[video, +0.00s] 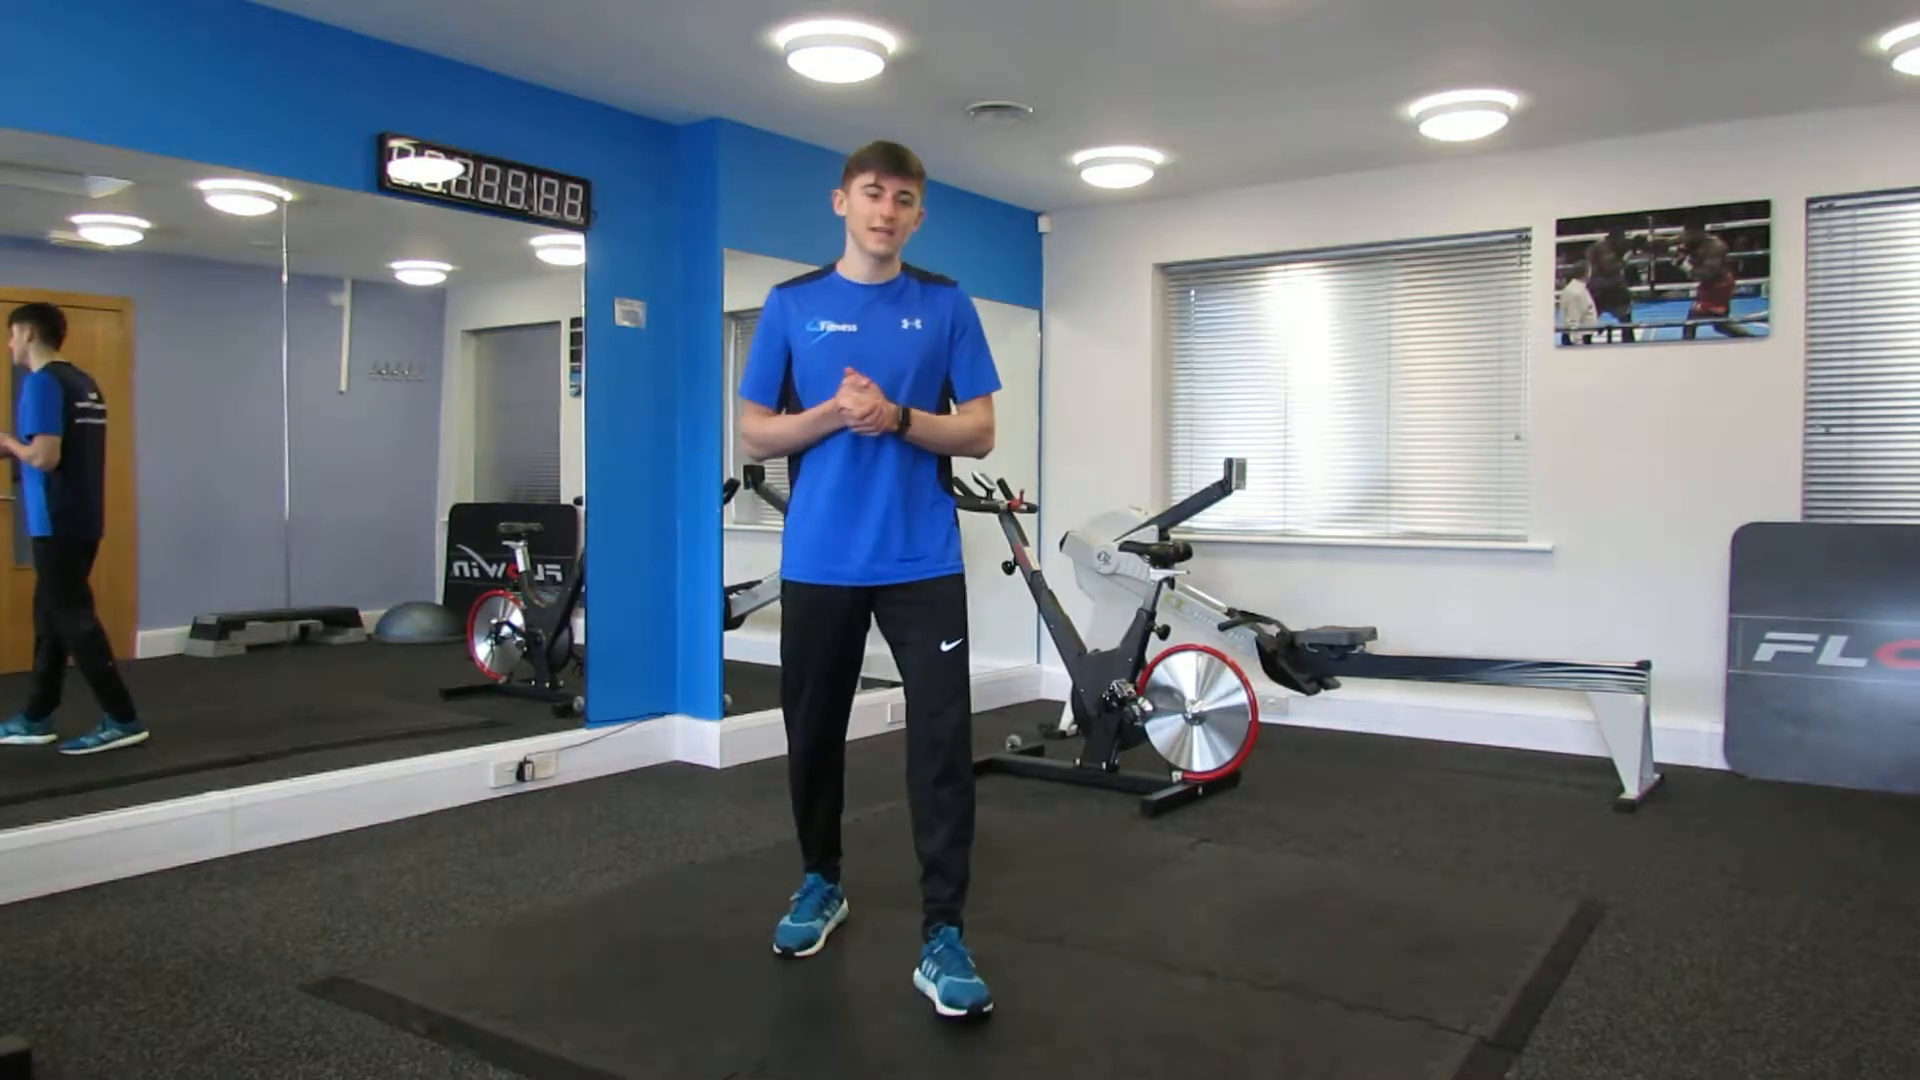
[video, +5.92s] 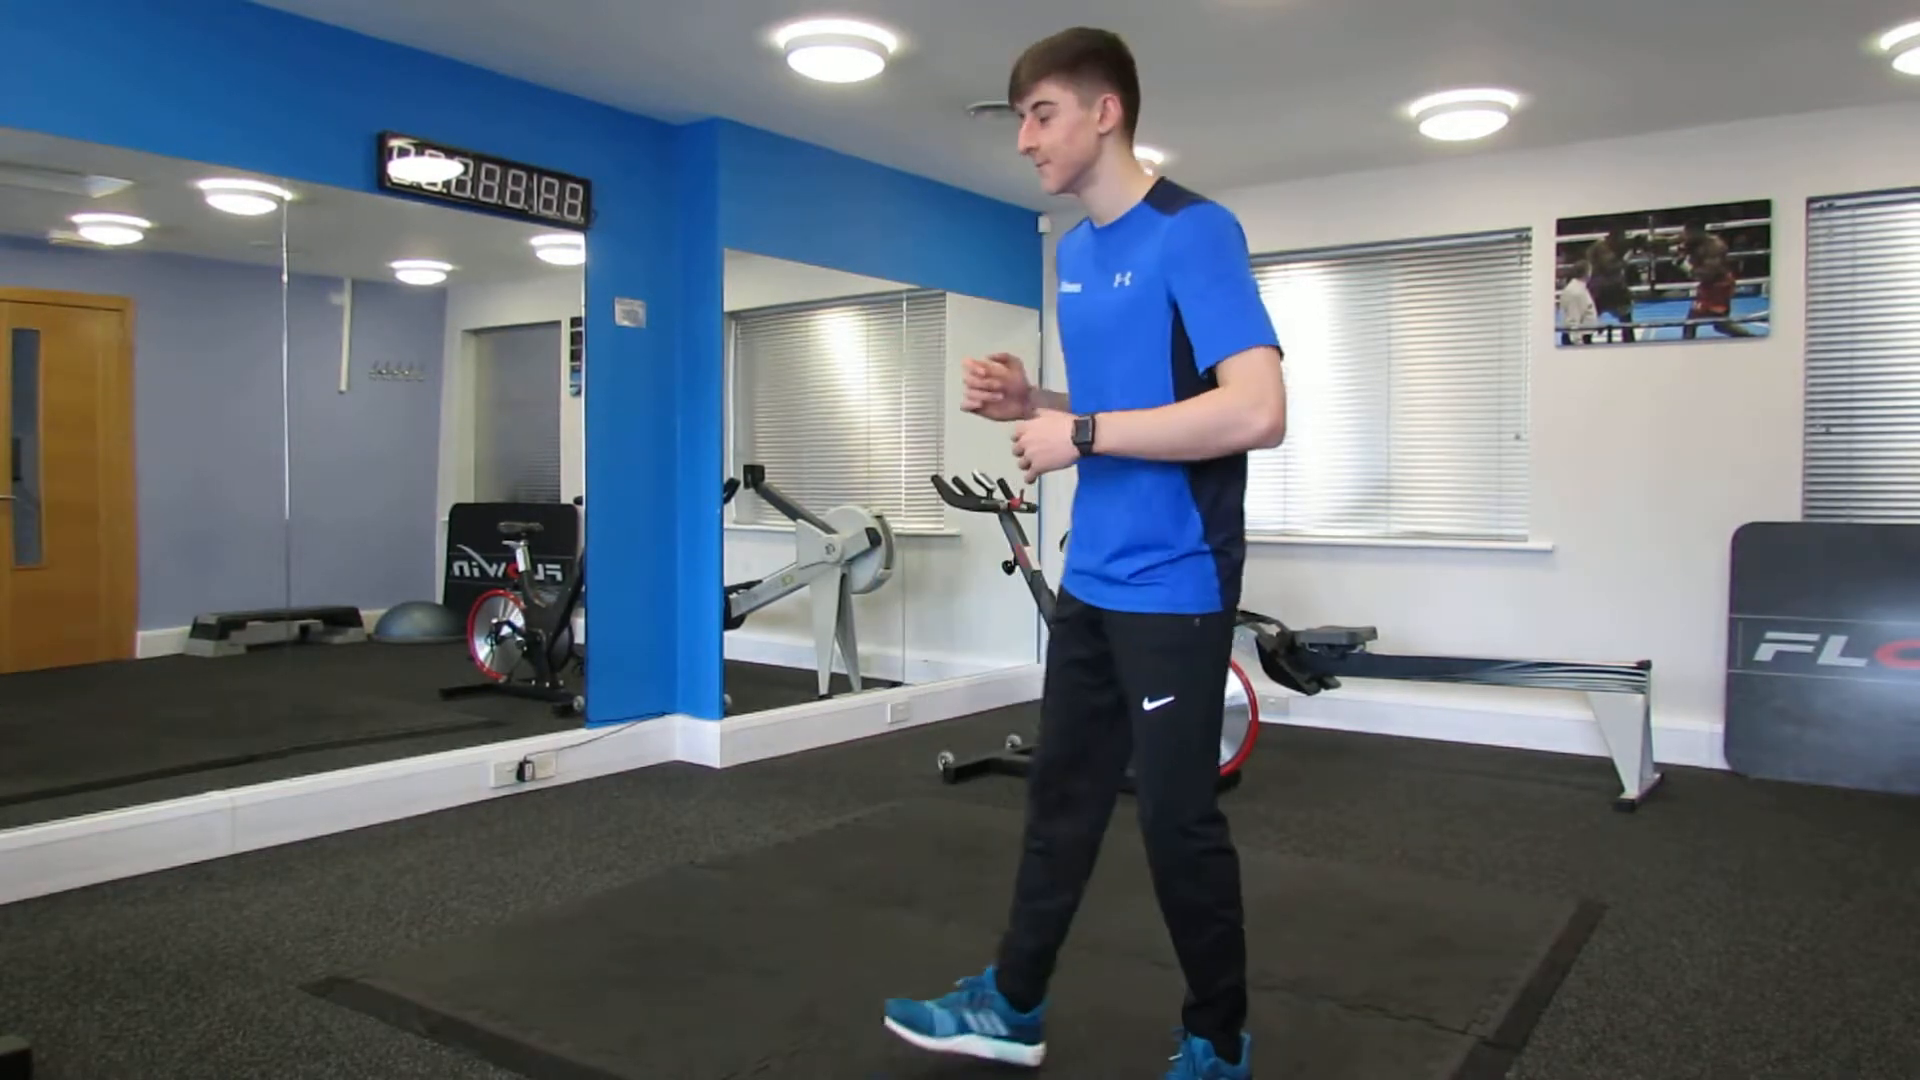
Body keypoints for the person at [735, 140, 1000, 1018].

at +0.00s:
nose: (887, 208)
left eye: (903, 198)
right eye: (874, 192)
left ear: (918, 216)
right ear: (842, 202)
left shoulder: (945, 304)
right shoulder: (789, 305)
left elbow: (979, 431)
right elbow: (754, 435)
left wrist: (899, 419)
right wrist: (830, 415)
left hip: (922, 557)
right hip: (821, 557)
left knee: (944, 737)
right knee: (812, 732)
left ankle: (943, 932)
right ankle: (820, 882)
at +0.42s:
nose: (944, 191)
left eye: (960, 176)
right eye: (928, 175)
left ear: (982, 190)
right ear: (901, 187)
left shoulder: (1013, 294)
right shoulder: (851, 286)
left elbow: (1040, 440)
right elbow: (792, 427)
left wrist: (1055, 400)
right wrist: (822, 378)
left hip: (969, 556)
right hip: (863, 549)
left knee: (968, 753)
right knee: (835, 741)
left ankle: (946, 938)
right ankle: (846, 897)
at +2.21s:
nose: (1026, 164)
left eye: (1042, 151)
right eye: (1009, 149)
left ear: (1065, 170)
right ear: (978, 165)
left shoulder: (1105, 281)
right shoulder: (927, 278)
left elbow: (1134, 424)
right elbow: (888, 428)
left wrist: (1075, 435)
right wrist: (974, 356)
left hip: (1056, 563)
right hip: (941, 557)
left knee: (1059, 770)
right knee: (909, 769)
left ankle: (1039, 960)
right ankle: (895, 987)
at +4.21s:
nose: (1045, 197)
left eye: (1061, 184)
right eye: (1029, 183)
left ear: (1080, 201)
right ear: (1002, 196)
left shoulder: (1115, 302)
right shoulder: (953, 300)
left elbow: (1150, 433)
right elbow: (905, 434)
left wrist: (1072, 423)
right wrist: (988, 411)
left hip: (1073, 565)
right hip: (970, 560)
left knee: (1074, 746)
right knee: (945, 737)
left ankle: (1046, 910)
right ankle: (963, 879)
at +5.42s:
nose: (973, 134)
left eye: (992, 114)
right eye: (955, 121)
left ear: (1032, 126)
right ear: (937, 141)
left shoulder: (1099, 243)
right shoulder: (914, 271)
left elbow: (1147, 413)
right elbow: (881, 441)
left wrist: (1006, 407)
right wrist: (904, 402)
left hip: (1041, 571)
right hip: (928, 570)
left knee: (1044, 799)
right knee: (915, 792)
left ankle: (1160, 991)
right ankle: (936, 1004)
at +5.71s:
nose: (1006, 136)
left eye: (1024, 108)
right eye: (994, 122)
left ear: (1085, 110)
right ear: (992, 142)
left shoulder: (1162, 233)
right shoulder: (1017, 266)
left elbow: (1224, 410)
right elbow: (1024, 432)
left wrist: (1055, 428)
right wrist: (958, 391)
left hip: (1122, 593)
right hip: (1019, 586)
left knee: (1141, 827)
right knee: (969, 800)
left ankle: (1210, 1044)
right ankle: (960, 1007)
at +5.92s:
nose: (1025, 140)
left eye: (1041, 114)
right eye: (1021, 121)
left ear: (1107, 111)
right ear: (1074, 124)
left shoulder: (1194, 232)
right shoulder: (1078, 253)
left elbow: (1255, 408)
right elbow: (1116, 405)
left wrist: (1084, 435)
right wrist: (1031, 397)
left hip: (1178, 587)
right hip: (1090, 578)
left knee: (1179, 819)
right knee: (1062, 799)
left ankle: (1219, 1041)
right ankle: (1011, 1002)